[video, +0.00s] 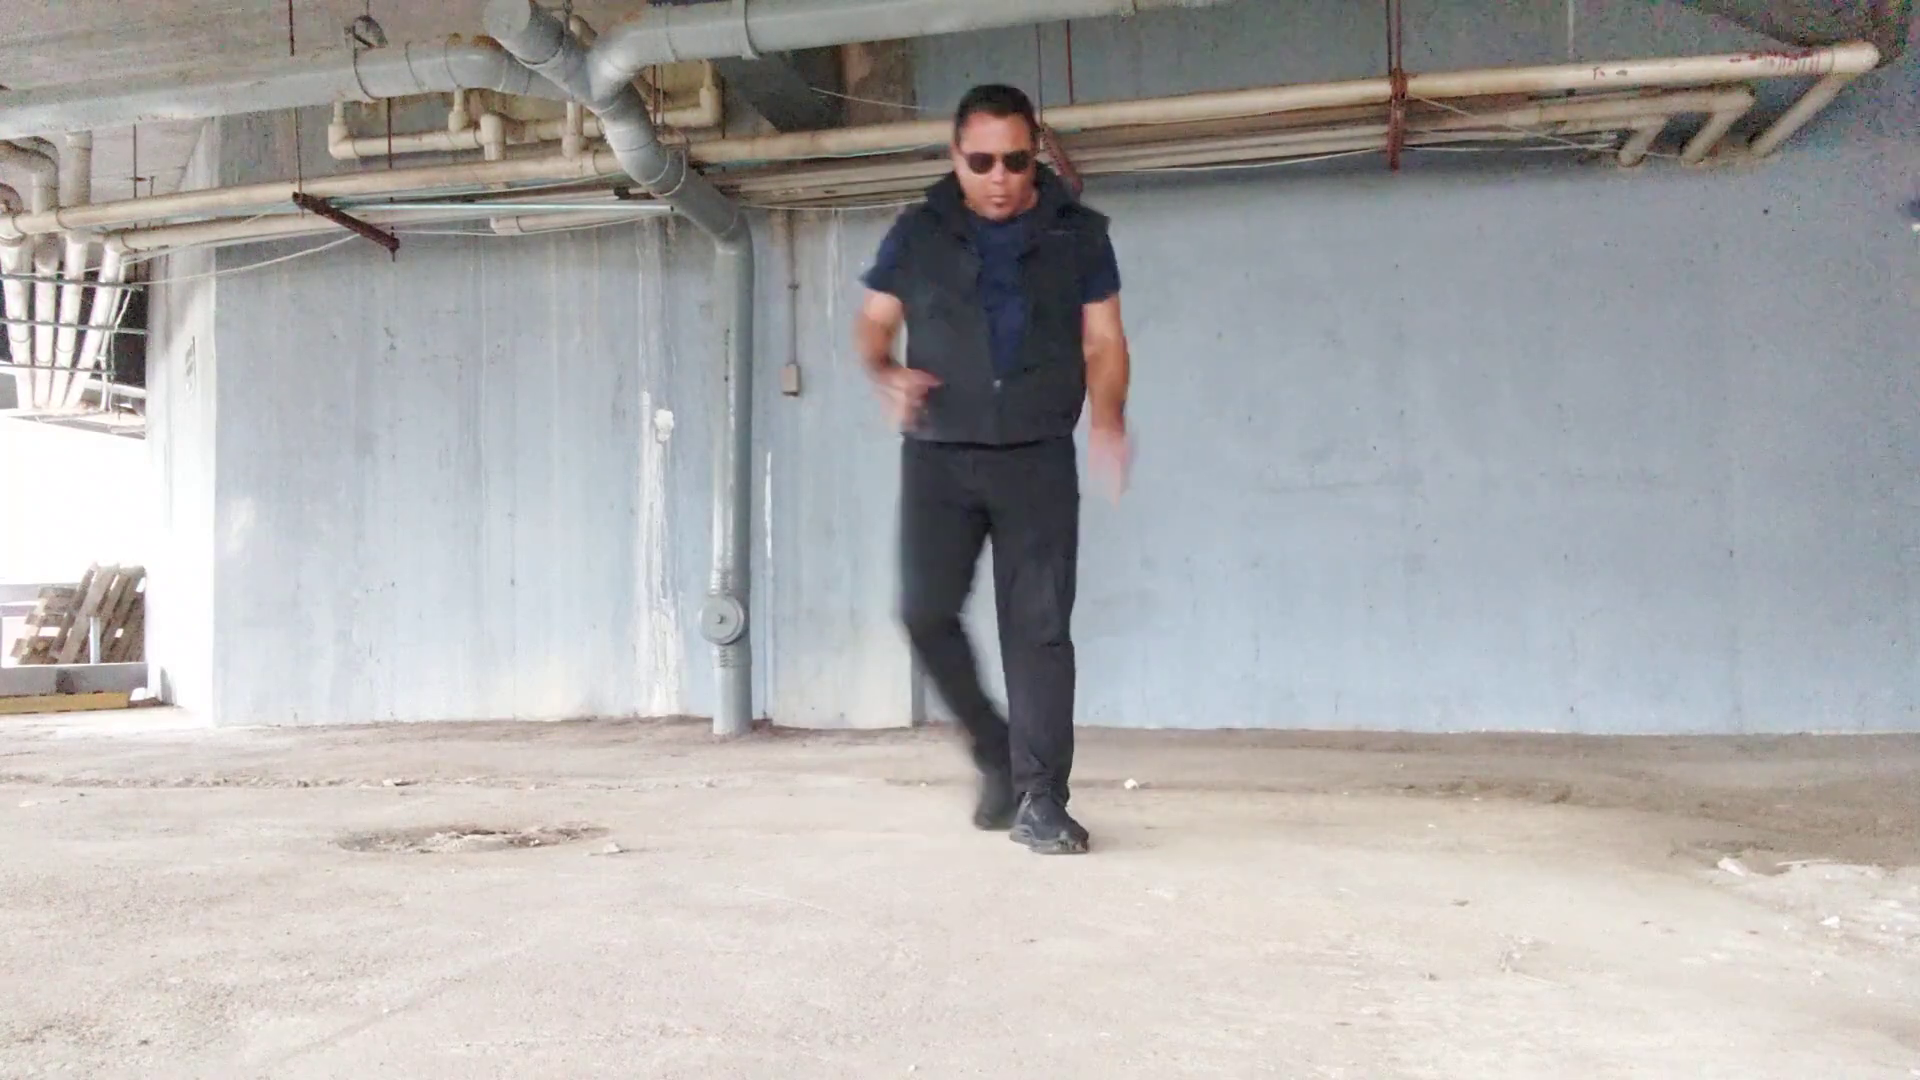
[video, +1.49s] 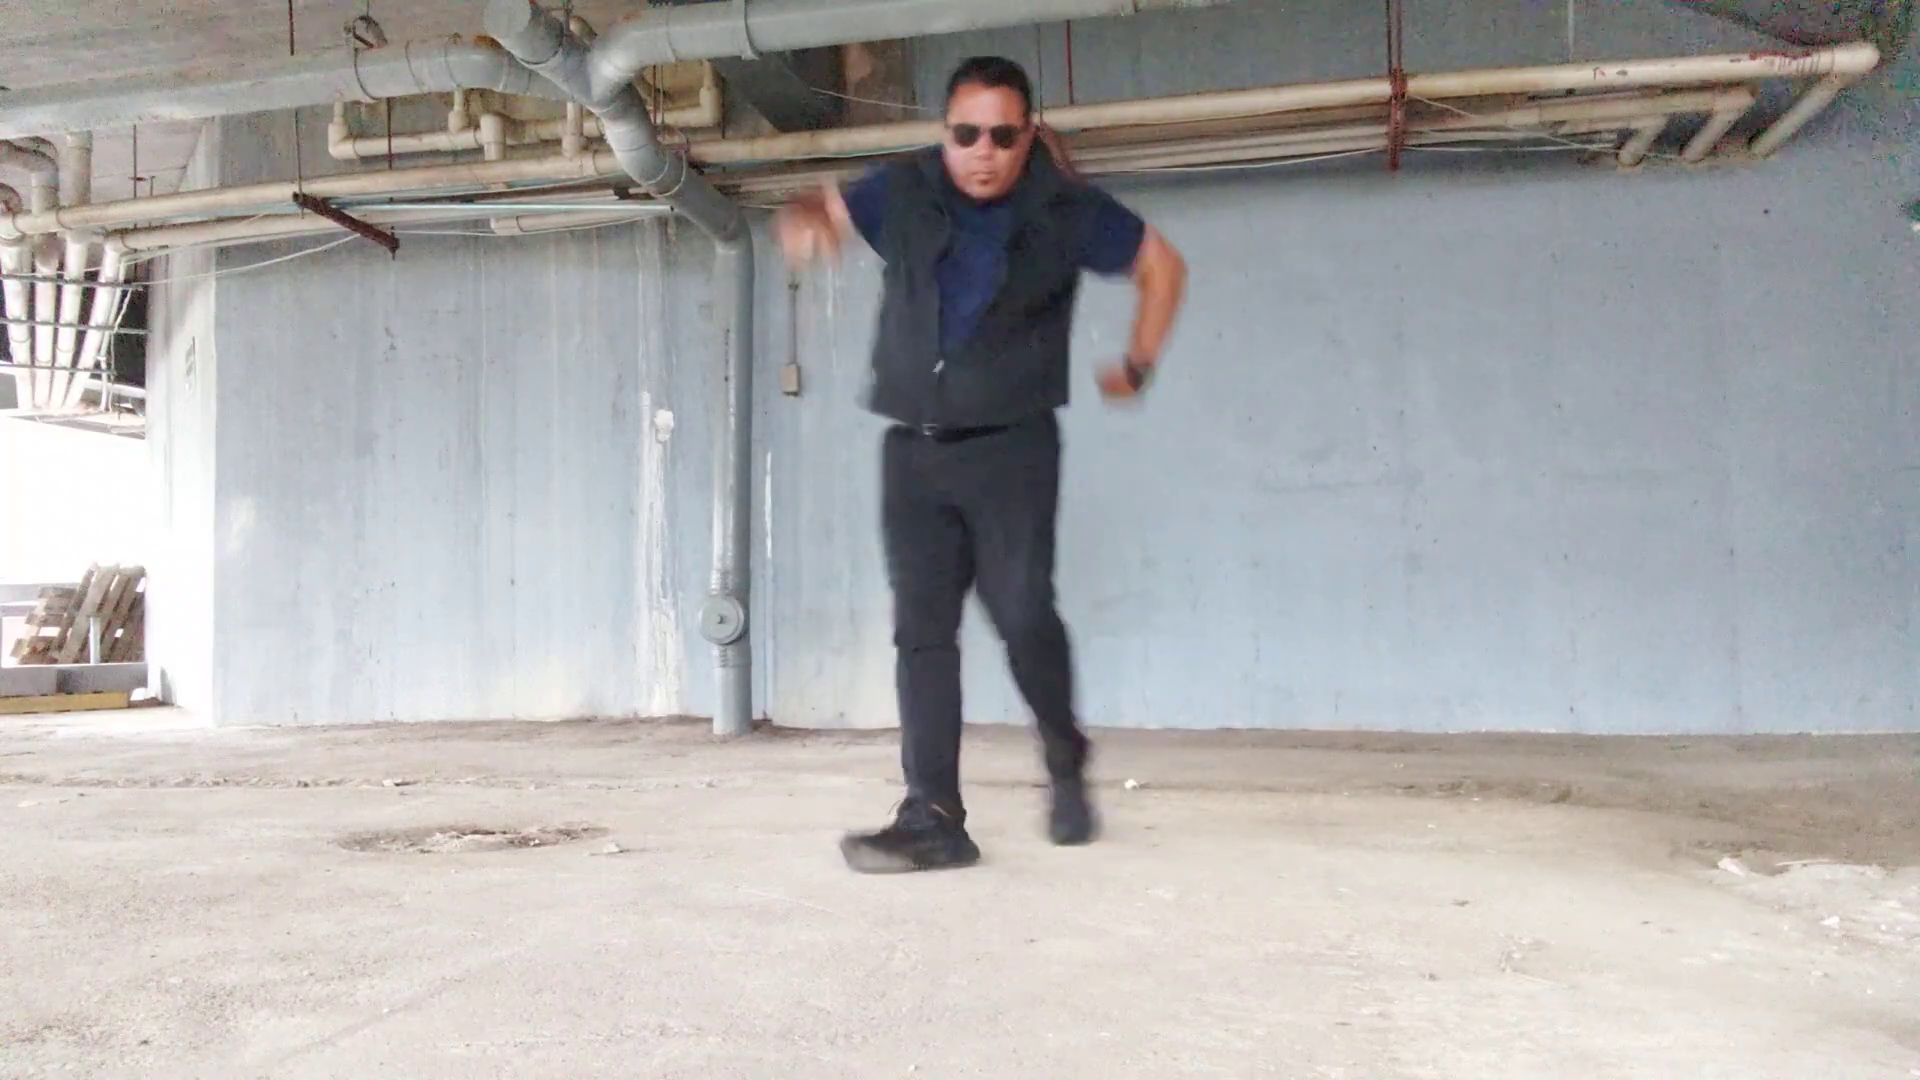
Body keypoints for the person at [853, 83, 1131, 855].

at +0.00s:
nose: (999, 179)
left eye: (1015, 162)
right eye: (981, 163)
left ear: (1037, 158)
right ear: (955, 158)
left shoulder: (1077, 232)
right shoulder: (921, 229)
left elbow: (1105, 340)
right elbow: (874, 324)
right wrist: (885, 372)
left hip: (1038, 460)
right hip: (939, 460)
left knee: (1039, 628)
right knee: (925, 614)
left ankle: (1042, 796)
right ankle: (997, 749)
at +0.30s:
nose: (1035, 133)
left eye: (1052, 120)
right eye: (1020, 119)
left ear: (1076, 128)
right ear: (996, 126)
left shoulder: (1112, 198)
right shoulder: (956, 198)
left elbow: (1162, 261)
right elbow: (889, 283)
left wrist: (1159, 338)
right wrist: (944, 251)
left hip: (1078, 439)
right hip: (981, 442)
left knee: (1083, 615)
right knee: (995, 615)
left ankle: (1087, 787)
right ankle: (1025, 769)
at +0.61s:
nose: (1055, 133)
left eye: (1071, 118)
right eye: (1038, 119)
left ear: (1093, 127)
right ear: (1014, 128)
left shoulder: (1137, 210)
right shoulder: (972, 207)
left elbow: (1213, 278)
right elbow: (869, 246)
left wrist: (1248, 280)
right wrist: (916, 192)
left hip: (1097, 444)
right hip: (995, 444)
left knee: (1098, 618)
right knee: (991, 607)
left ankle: (1086, 785)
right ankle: (1003, 769)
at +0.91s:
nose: (1053, 117)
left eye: (1068, 105)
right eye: (1035, 107)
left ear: (1089, 121)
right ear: (1012, 125)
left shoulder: (1121, 194)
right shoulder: (977, 217)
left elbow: (1181, 229)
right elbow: (920, 317)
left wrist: (1079, 184)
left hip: (1097, 438)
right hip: (1000, 439)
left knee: (1099, 614)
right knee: (973, 578)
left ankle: (1088, 786)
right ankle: (1003, 698)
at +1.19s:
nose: (1035, 130)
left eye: (1051, 115)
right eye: (1017, 114)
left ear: (1071, 124)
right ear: (989, 125)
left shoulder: (1103, 187)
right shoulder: (950, 203)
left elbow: (1118, 248)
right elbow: (932, 288)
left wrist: (1009, 216)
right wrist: (968, 349)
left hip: (1090, 422)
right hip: (991, 422)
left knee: (1096, 600)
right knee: (986, 556)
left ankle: (1110, 778)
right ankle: (1010, 677)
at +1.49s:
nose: (983, 153)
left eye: (1002, 137)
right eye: (966, 136)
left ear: (1029, 138)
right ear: (943, 134)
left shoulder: (1062, 208)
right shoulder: (902, 191)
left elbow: (1162, 264)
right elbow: (806, 220)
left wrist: (1138, 363)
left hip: (1011, 450)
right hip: (915, 450)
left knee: (1022, 616)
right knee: (922, 631)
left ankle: (1064, 761)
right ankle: (932, 814)